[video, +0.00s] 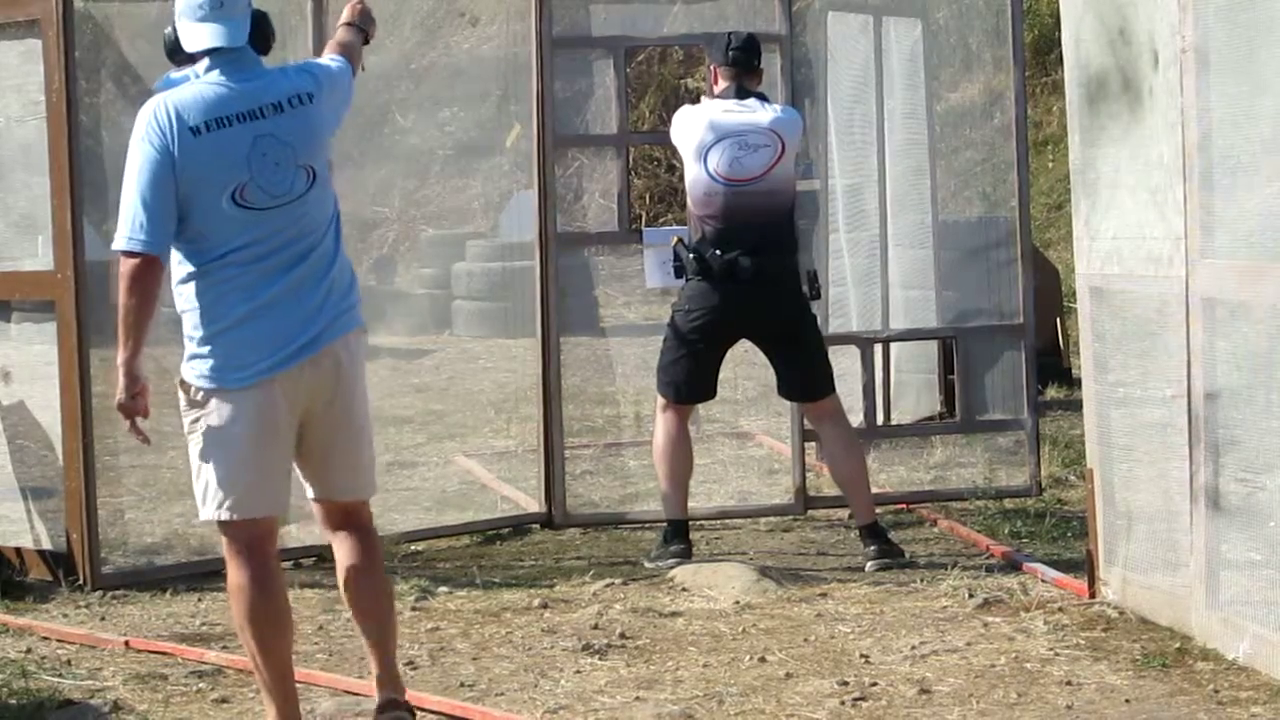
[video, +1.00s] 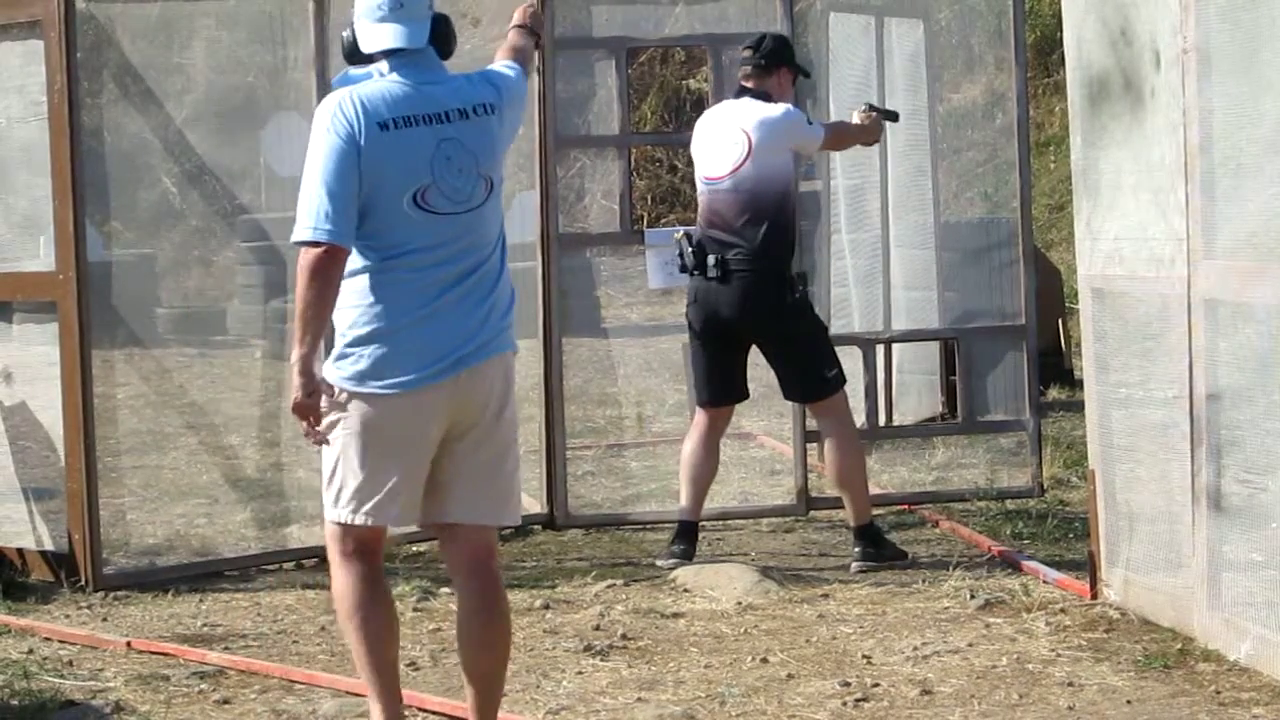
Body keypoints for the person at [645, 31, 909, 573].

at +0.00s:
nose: (711, 81)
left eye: (709, 74)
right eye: (726, 74)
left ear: (715, 77)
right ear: (760, 76)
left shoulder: (688, 120)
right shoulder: (790, 121)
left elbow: (701, 131)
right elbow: (759, 126)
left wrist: (717, 97)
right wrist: (734, 95)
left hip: (710, 295)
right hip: (780, 294)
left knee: (672, 408)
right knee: (827, 413)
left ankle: (675, 538)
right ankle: (873, 536)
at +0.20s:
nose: (713, 83)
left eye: (711, 76)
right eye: (727, 75)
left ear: (715, 77)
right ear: (760, 78)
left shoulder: (689, 123)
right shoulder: (791, 122)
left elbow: (701, 128)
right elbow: (760, 128)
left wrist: (716, 97)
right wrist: (737, 95)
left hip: (712, 296)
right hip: (781, 294)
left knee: (673, 408)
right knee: (828, 415)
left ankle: (676, 538)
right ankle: (875, 536)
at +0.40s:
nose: (718, 84)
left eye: (714, 77)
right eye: (742, 75)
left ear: (716, 78)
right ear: (762, 78)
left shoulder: (688, 124)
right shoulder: (791, 123)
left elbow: (707, 137)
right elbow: (760, 133)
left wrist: (721, 100)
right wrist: (738, 98)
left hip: (711, 296)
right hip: (781, 294)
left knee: (675, 410)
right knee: (829, 415)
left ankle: (678, 539)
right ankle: (874, 536)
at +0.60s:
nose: (771, 84)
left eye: (768, 78)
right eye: (769, 77)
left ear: (716, 78)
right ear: (762, 79)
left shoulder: (685, 128)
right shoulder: (774, 118)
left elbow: (734, 151)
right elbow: (815, 133)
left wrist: (800, 126)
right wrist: (819, 117)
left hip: (705, 295)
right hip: (773, 293)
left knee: (695, 416)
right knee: (833, 410)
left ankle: (681, 538)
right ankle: (865, 536)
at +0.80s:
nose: (787, 90)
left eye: (787, 83)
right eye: (785, 81)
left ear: (734, 74)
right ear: (771, 77)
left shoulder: (699, 125)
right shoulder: (775, 119)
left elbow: (792, 140)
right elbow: (840, 138)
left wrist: (838, 133)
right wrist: (861, 127)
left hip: (707, 296)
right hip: (769, 294)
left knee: (707, 421)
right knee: (835, 420)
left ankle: (684, 537)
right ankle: (866, 537)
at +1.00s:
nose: (794, 88)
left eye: (793, 81)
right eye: (794, 80)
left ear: (743, 75)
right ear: (781, 76)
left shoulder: (704, 122)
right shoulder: (784, 119)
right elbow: (838, 138)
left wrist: (845, 131)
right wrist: (866, 127)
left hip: (708, 294)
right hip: (769, 293)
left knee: (707, 419)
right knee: (834, 416)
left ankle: (683, 538)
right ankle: (867, 538)